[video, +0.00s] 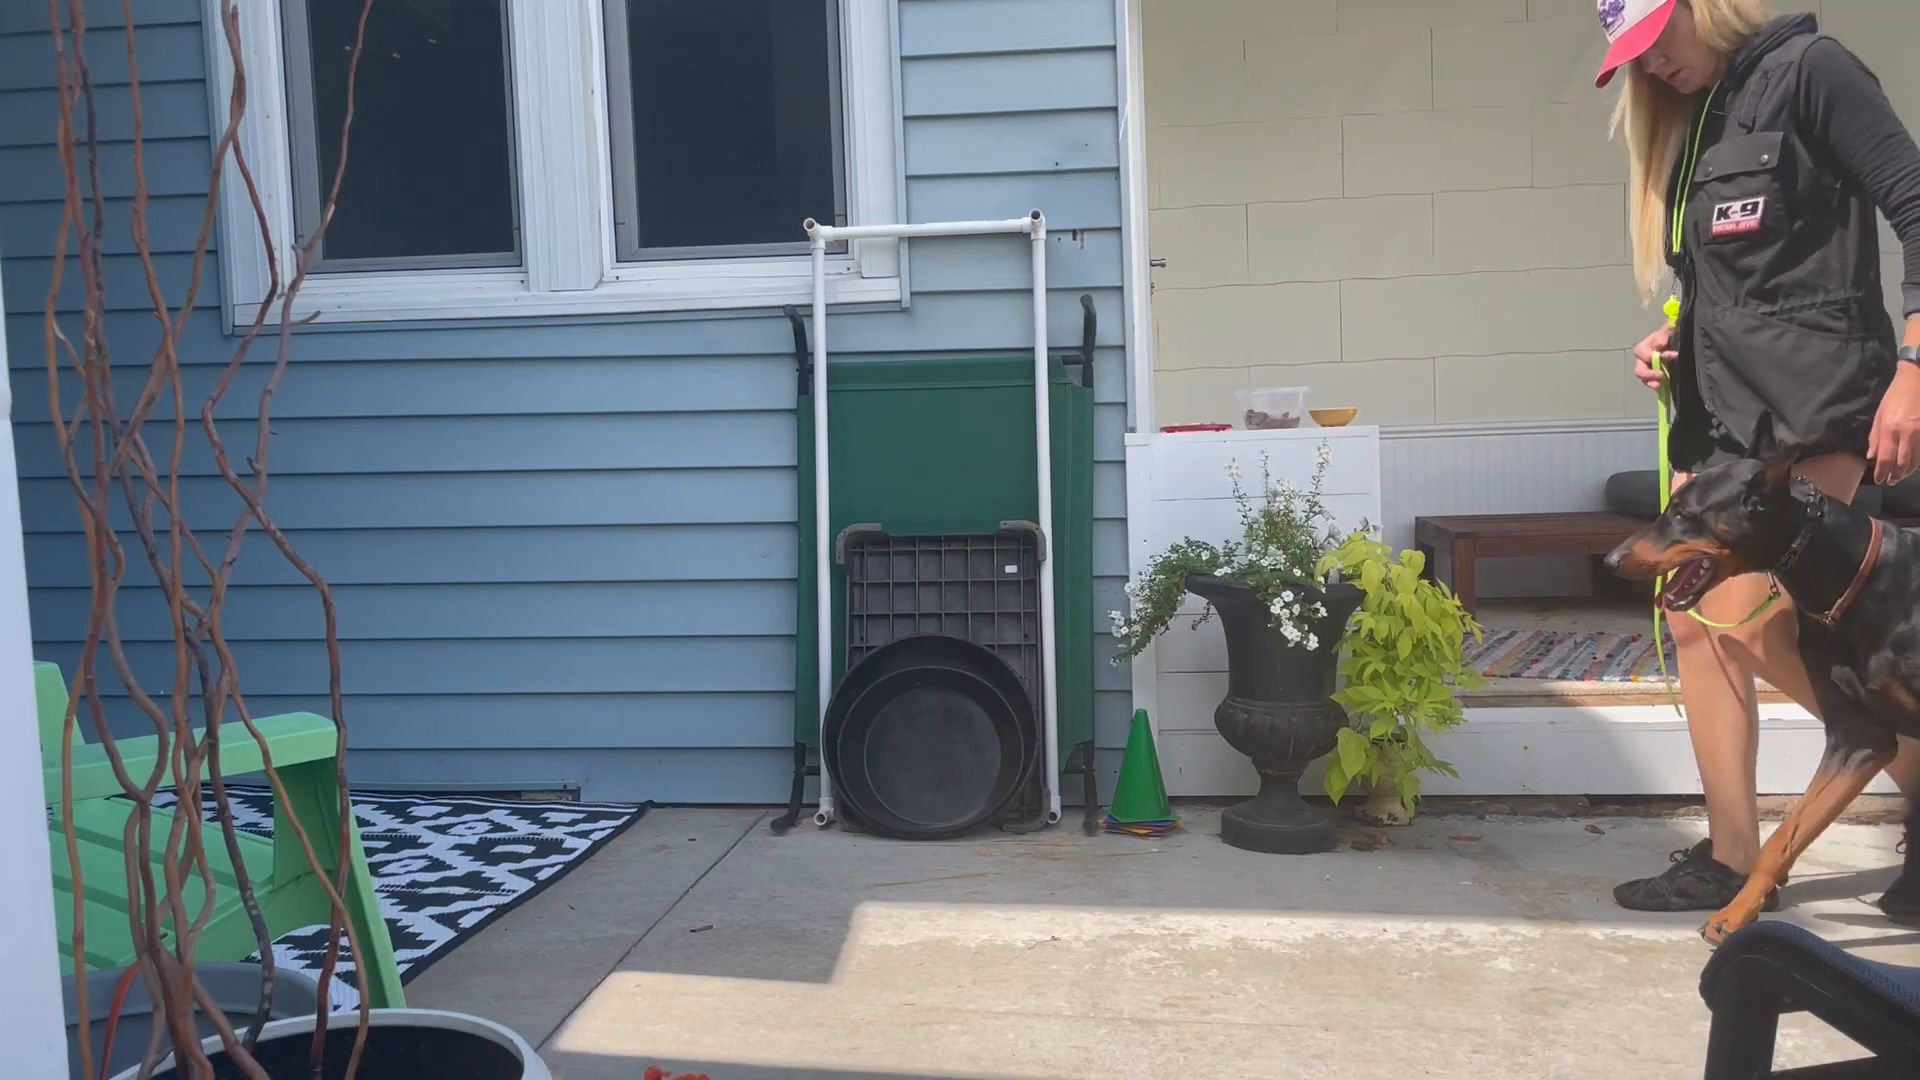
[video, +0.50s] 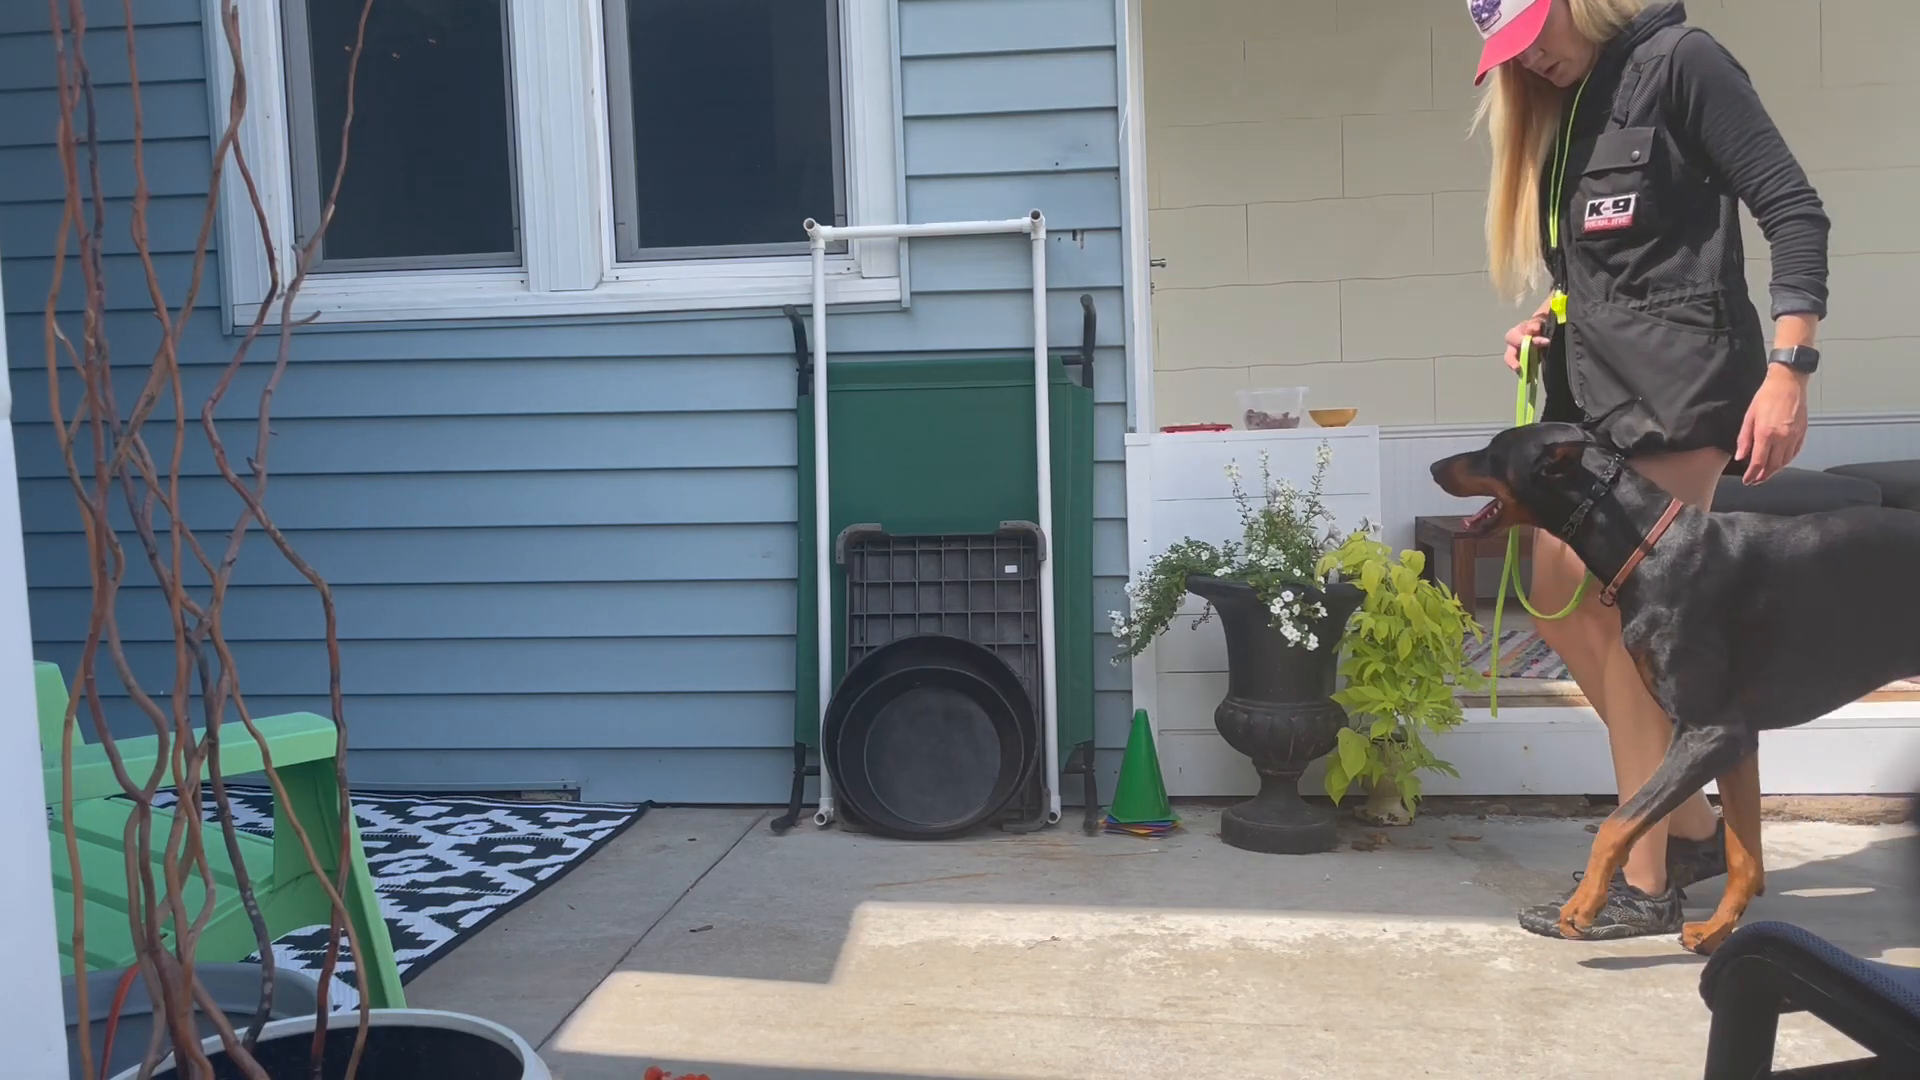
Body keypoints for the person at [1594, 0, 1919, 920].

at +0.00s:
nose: (1649, 70)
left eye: (1653, 46)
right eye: (1636, 59)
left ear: (1701, 6)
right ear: (1639, 49)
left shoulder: (1810, 69)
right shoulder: (1695, 110)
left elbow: (1916, 209)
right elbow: (1721, 267)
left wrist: (1913, 367)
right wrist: (1677, 329)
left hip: (1818, 412)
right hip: (1719, 416)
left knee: (1766, 631)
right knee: (1697, 621)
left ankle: (1916, 787)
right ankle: (1734, 856)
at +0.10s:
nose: (1618, 67)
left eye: (1620, 42)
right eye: (1604, 57)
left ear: (1667, 3)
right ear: (1602, 53)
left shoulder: (1774, 65)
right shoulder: (1661, 107)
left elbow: (1891, 210)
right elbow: (1683, 264)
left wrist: (1882, 363)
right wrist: (1637, 321)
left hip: (1773, 402)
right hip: (1683, 406)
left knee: (1684, 608)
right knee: (1681, 621)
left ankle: (1834, 829)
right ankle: (1732, 854)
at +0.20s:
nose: (1591, 67)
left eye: (1592, 42)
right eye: (1576, 56)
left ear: (1637, 4)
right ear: (1579, 46)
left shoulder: (1742, 62)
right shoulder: (1635, 103)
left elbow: (1862, 207)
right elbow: (1657, 254)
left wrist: (1851, 359)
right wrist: (1610, 313)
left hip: (1742, 390)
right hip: (1660, 398)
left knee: (1653, 607)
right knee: (1691, 626)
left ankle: (1707, 870)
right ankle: (1722, 862)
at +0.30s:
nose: (1569, 66)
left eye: (1570, 42)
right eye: (1554, 57)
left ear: (1614, 3)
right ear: (1555, 48)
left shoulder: (1719, 62)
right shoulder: (1613, 100)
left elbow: (1835, 206)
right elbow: (1630, 251)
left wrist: (1825, 360)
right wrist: (1584, 310)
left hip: (1719, 387)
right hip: (1636, 396)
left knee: (1636, 611)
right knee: (1670, 629)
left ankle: (1642, 877)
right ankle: (1730, 853)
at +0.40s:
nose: (1549, 63)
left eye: (1550, 39)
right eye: (1534, 54)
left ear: (1595, 2)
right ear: (1538, 44)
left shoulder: (1699, 63)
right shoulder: (1593, 97)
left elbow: (1813, 210)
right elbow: (1618, 254)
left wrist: (1805, 365)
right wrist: (1565, 315)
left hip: (1695, 383)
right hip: (1607, 390)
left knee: (1616, 604)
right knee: (1609, 612)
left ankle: (1644, 877)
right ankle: (1714, 828)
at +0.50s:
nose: (1530, 62)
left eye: (1532, 38)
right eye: (1515, 52)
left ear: (1576, 2)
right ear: (1517, 42)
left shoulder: (1681, 62)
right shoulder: (1571, 98)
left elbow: (1794, 213)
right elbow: (1599, 256)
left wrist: (1789, 369)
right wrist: (1552, 316)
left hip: (1679, 387)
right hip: (1590, 392)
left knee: (1650, 619)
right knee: (1560, 602)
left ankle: (1649, 878)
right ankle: (1691, 824)